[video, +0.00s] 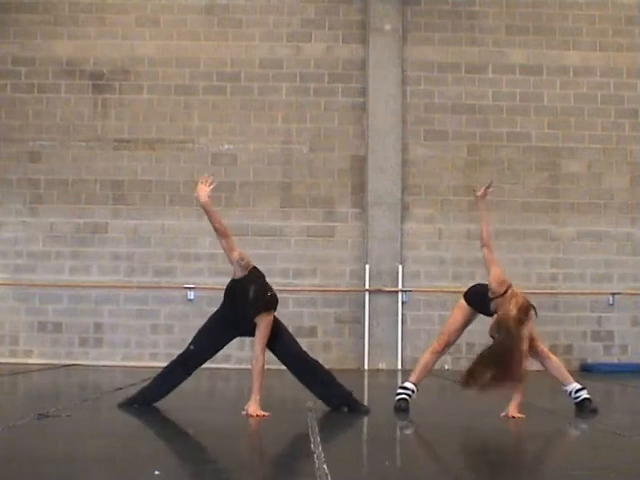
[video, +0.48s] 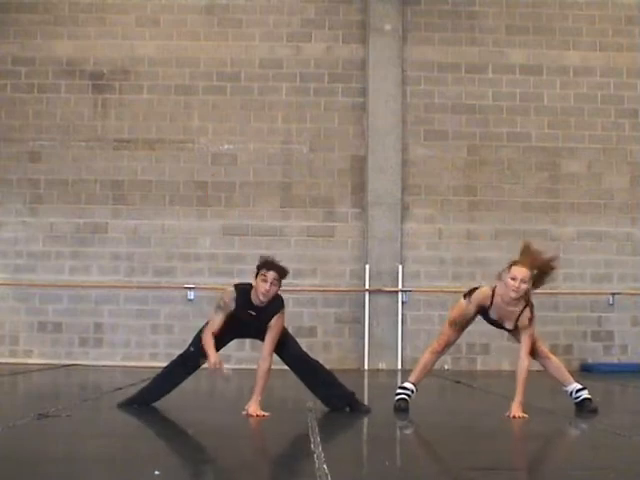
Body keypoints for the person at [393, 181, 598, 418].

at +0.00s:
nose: (504, 321)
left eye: (509, 323)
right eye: (504, 317)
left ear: (521, 322)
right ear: (505, 305)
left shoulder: (523, 325)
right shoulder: (498, 286)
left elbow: (519, 368)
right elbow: (486, 244)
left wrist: (515, 403)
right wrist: (482, 204)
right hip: (477, 299)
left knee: (542, 351)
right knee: (442, 344)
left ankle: (576, 391)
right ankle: (408, 388)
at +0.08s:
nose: (498, 306)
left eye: (501, 310)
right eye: (500, 302)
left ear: (511, 319)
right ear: (505, 296)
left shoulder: (523, 325)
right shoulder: (500, 282)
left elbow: (521, 365)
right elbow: (486, 241)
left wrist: (514, 404)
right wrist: (481, 200)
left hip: (500, 319)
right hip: (476, 301)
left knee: (540, 351)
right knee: (441, 345)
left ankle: (576, 391)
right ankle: (407, 389)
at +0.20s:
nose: (509, 291)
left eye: (515, 291)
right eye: (511, 286)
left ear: (522, 299)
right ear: (509, 282)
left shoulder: (520, 320)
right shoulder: (500, 276)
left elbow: (518, 362)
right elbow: (487, 238)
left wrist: (513, 404)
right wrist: (478, 200)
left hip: (500, 322)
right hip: (474, 303)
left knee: (537, 351)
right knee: (441, 345)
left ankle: (577, 391)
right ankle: (407, 389)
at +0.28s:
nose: (517, 282)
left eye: (523, 280)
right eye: (514, 275)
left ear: (529, 285)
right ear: (507, 273)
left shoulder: (522, 312)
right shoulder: (498, 273)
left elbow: (520, 358)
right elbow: (487, 234)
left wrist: (514, 402)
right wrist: (459, 206)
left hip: (503, 320)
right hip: (477, 303)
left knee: (537, 352)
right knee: (441, 344)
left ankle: (577, 392)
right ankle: (407, 389)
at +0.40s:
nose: (517, 281)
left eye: (524, 278)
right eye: (514, 275)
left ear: (530, 283)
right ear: (506, 274)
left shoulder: (523, 312)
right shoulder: (491, 279)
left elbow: (521, 358)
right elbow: (458, 261)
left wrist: (516, 402)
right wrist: (471, 281)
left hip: (503, 321)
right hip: (475, 305)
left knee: (539, 353)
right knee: (441, 345)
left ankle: (577, 392)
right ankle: (406, 390)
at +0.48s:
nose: (517, 286)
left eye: (523, 282)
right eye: (513, 279)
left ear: (530, 288)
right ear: (504, 278)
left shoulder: (526, 315)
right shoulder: (485, 295)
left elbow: (524, 358)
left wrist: (517, 402)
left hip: (512, 324)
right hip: (480, 309)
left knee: (542, 354)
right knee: (442, 343)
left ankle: (578, 392)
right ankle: (407, 389)